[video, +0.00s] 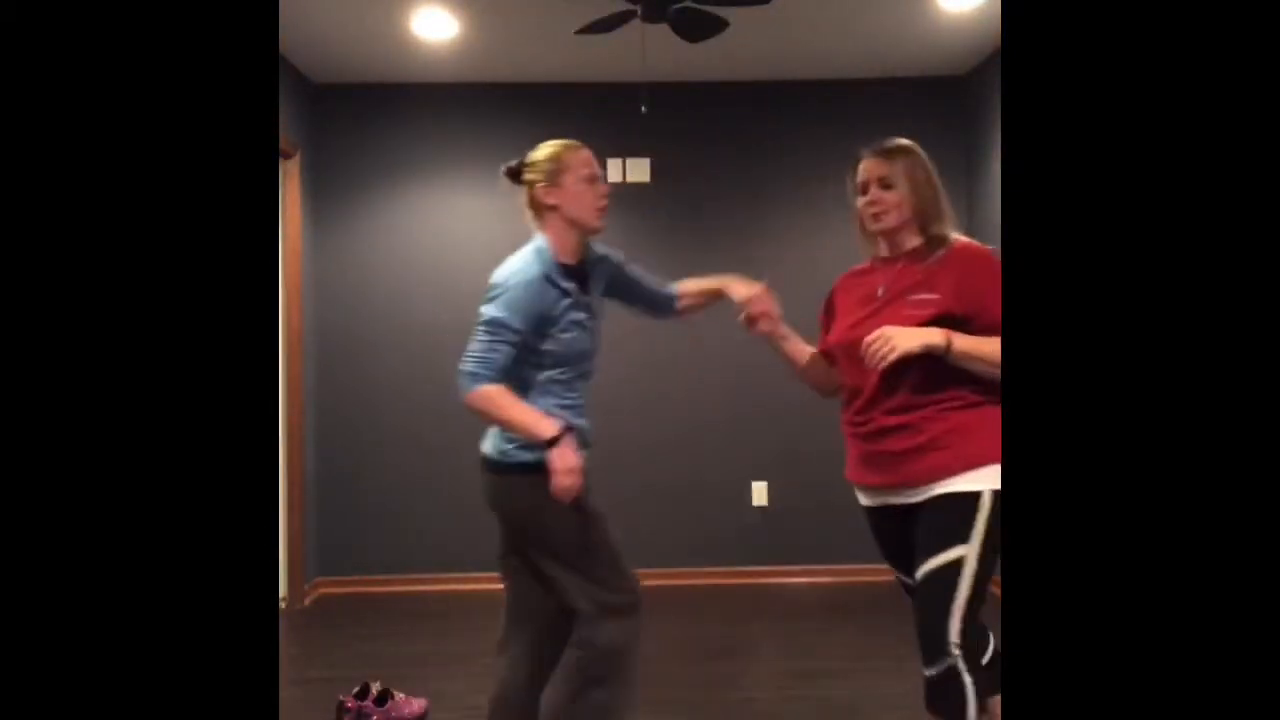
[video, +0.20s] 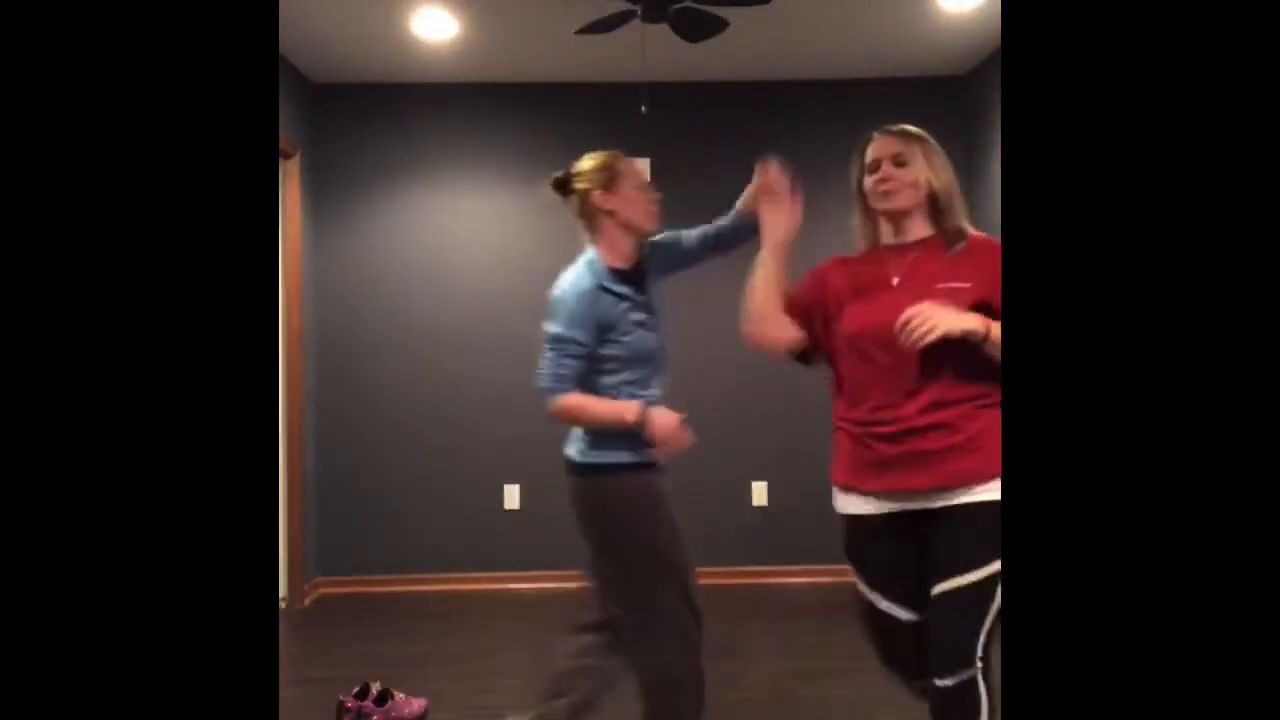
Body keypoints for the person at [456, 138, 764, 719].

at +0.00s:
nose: (605, 192)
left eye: (602, 180)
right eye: (590, 181)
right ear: (548, 196)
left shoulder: (590, 264)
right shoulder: (524, 279)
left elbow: (668, 300)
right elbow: (477, 385)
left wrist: (730, 285)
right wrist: (554, 435)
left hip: (549, 469)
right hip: (525, 471)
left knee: (537, 624)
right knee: (612, 605)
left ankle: (510, 712)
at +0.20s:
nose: (657, 198)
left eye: (652, 187)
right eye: (644, 189)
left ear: (618, 204)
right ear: (607, 204)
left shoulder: (642, 261)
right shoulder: (580, 290)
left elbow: (718, 236)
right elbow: (559, 398)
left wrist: (757, 198)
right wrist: (642, 414)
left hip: (635, 470)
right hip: (608, 475)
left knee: (621, 620)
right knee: (669, 622)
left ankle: (554, 710)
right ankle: (676, 713)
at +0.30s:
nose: (682, 198)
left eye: (676, 187)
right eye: (668, 188)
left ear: (640, 203)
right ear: (633, 203)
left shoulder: (666, 260)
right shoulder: (603, 293)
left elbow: (741, 220)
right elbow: (596, 398)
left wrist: (783, 145)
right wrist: (688, 402)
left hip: (678, 460)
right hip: (637, 468)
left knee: (714, 599)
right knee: (692, 611)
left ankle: (613, 706)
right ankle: (681, 711)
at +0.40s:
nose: (703, 194)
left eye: (698, 183)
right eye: (689, 184)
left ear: (663, 200)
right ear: (653, 199)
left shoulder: (690, 254)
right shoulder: (622, 290)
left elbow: (763, 201)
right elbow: (620, 393)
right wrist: (710, 388)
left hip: (708, 457)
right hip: (660, 463)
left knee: (757, 588)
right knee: (696, 611)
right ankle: (689, 709)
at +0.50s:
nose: (722, 197)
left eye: (718, 186)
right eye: (708, 188)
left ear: (684, 201)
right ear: (670, 202)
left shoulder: (723, 253)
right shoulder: (640, 292)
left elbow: (786, 204)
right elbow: (644, 392)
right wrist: (724, 386)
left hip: (750, 458)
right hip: (687, 465)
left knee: (787, 616)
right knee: (691, 621)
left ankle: (781, 711)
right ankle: (690, 710)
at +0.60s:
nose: (734, 200)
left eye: (731, 189)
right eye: (721, 190)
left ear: (710, 202)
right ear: (684, 205)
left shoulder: (747, 271)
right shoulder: (660, 293)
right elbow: (668, 393)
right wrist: (739, 386)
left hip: (766, 448)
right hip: (705, 455)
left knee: (788, 589)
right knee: (711, 594)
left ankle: (797, 704)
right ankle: (700, 708)